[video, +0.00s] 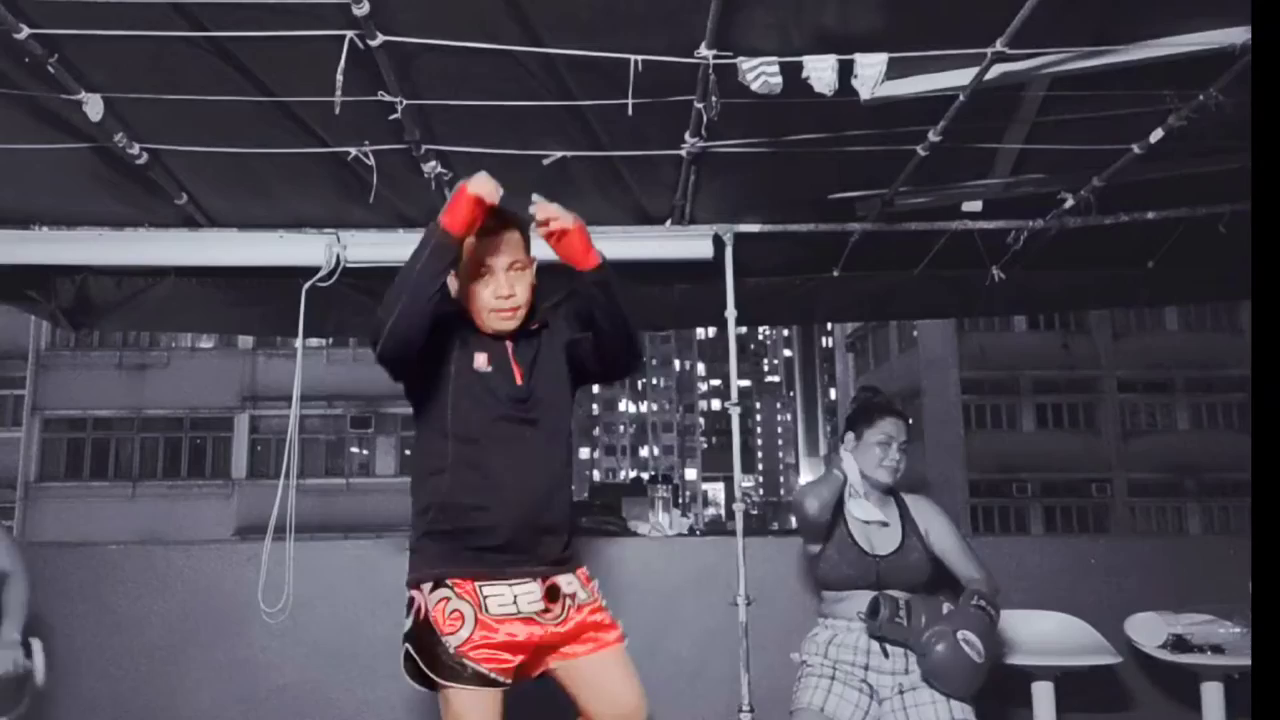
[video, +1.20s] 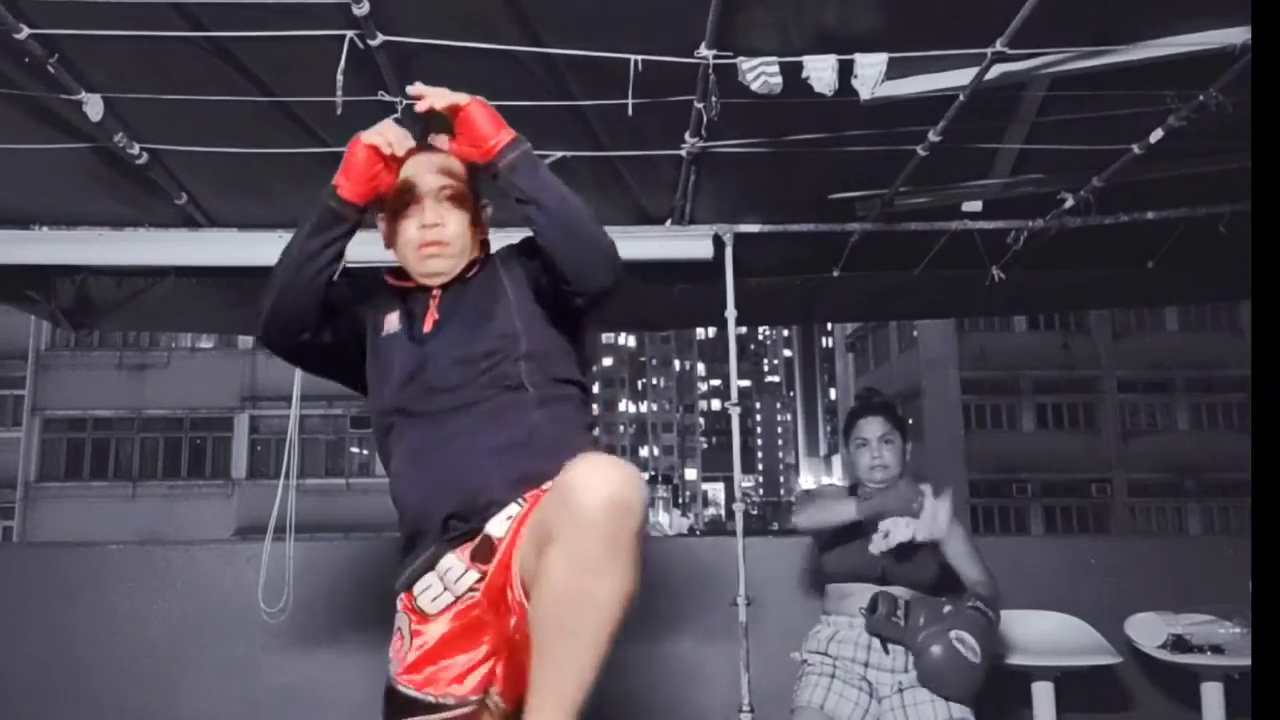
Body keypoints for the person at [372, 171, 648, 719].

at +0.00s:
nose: (505, 286)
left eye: (517, 268)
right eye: (485, 273)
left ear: (533, 272)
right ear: (453, 283)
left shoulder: (558, 342)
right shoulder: (434, 343)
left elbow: (620, 358)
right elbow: (394, 343)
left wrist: (585, 260)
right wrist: (450, 227)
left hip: (556, 573)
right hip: (462, 583)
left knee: (624, 709)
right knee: (474, 713)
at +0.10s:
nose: (514, 272)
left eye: (528, 253)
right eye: (495, 255)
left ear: (545, 256)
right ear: (470, 264)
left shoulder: (568, 319)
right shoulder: (443, 324)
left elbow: (631, 372)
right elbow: (394, 375)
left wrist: (601, 281)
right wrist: (453, 267)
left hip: (565, 572)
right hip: (465, 579)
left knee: (620, 713)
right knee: (472, 711)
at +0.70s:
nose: (482, 263)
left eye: (496, 246)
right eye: (461, 250)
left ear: (521, 256)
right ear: (432, 264)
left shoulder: (564, 319)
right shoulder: (414, 339)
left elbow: (615, 331)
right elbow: (337, 340)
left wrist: (530, 217)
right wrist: (411, 232)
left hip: (573, 603)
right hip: (456, 608)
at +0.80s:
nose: (445, 256)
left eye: (463, 234)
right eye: (426, 237)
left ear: (489, 244)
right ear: (399, 252)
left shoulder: (540, 308)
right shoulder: (384, 339)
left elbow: (616, 299)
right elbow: (310, 327)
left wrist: (533, 192)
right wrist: (388, 220)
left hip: (566, 537)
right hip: (463, 580)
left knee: (605, 463)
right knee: (454, 707)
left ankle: (588, 712)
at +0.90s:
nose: (432, 261)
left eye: (449, 240)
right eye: (411, 245)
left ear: (479, 247)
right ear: (387, 261)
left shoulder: (518, 299)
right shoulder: (378, 346)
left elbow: (608, 304)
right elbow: (296, 349)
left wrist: (531, 180)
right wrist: (360, 235)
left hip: (557, 505)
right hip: (466, 573)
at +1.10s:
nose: (415, 239)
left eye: (435, 218)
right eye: (394, 226)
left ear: (470, 235)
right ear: (376, 250)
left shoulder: (521, 287)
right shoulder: (370, 345)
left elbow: (589, 280)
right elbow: (286, 338)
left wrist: (500, 160)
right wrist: (341, 216)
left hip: (558, 518)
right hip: (451, 566)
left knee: (541, 441)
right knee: (441, 706)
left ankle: (528, 712)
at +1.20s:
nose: (429, 218)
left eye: (448, 199)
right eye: (408, 203)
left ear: (479, 221)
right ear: (387, 230)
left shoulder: (532, 275)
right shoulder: (370, 322)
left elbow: (597, 269)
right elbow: (283, 327)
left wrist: (506, 151)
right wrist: (344, 200)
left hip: (546, 528)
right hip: (438, 572)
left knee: (606, 484)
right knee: (429, 706)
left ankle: (548, 713)